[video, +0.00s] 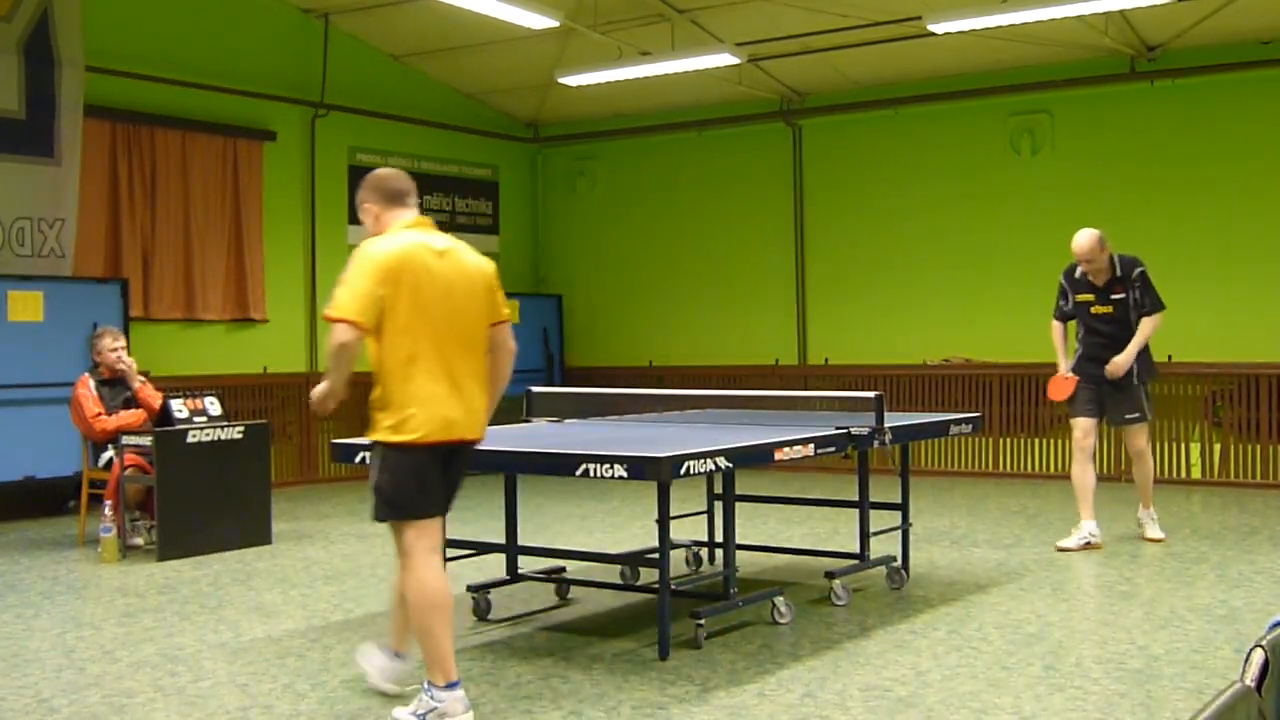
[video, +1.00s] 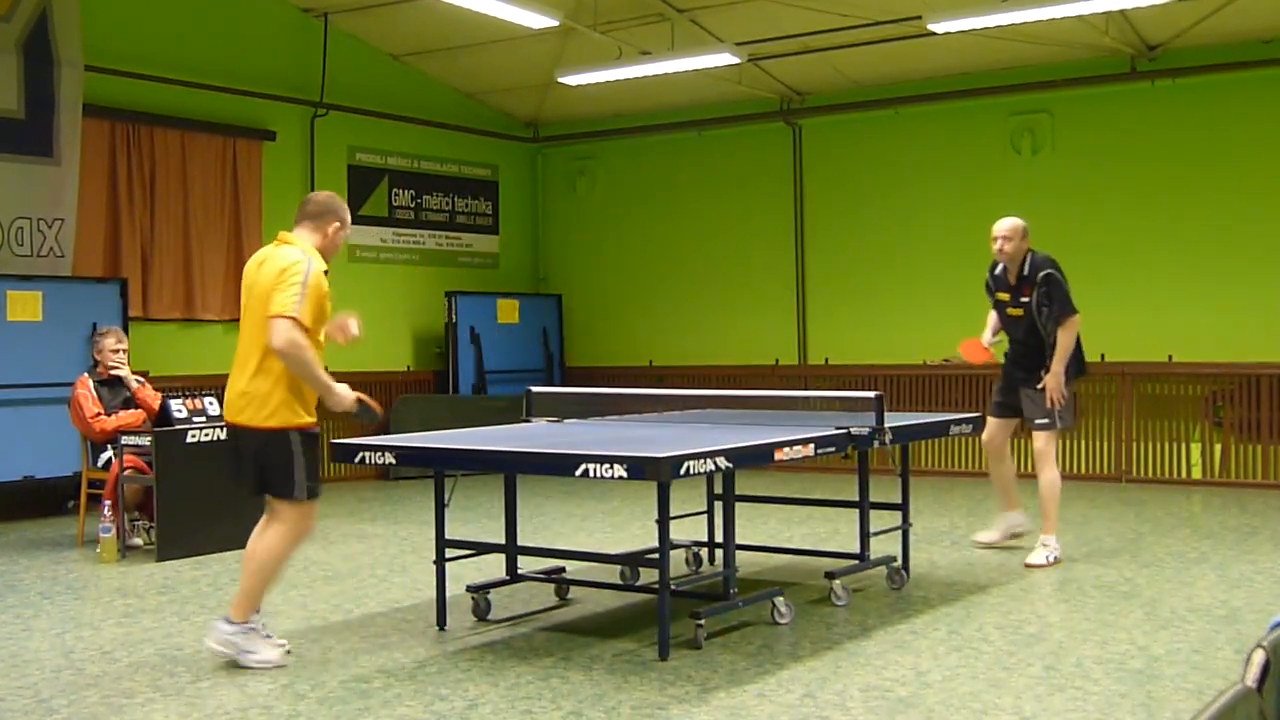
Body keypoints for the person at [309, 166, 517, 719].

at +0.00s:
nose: (361, 225)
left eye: (360, 217)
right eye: (361, 217)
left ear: (371, 210)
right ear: (416, 205)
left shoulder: (377, 253)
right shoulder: (475, 261)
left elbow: (345, 337)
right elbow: (504, 347)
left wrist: (333, 385)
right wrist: (480, 409)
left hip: (409, 424)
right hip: (464, 424)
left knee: (423, 554)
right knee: (417, 543)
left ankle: (445, 690)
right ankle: (395, 658)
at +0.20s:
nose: (338, 233)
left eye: (338, 226)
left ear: (344, 224)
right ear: (393, 223)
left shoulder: (335, 268)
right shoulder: (438, 278)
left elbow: (305, 342)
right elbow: (470, 356)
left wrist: (302, 407)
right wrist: (452, 428)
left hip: (355, 434)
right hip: (411, 434)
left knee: (356, 549)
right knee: (368, 545)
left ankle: (418, 661)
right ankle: (343, 656)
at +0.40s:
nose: (330, 222)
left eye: (326, 215)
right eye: (371, 214)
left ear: (324, 216)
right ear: (374, 218)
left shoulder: (301, 261)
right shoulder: (410, 269)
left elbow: (265, 330)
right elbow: (441, 348)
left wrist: (288, 378)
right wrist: (425, 414)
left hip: (314, 427)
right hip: (379, 429)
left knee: (298, 524)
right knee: (360, 534)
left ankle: (316, 622)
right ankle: (345, 656)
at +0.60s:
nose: (356, 226)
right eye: (358, 220)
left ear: (307, 220)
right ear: (355, 221)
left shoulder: (269, 264)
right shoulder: (379, 267)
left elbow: (235, 334)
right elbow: (413, 342)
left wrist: (283, 354)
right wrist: (404, 395)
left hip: (286, 422)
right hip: (350, 423)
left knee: (283, 518)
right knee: (348, 528)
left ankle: (256, 629)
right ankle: (343, 654)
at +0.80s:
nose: (344, 253)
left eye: (344, 248)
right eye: (345, 248)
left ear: (296, 237)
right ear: (337, 245)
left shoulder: (256, 270)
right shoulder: (334, 278)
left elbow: (256, 334)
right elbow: (350, 348)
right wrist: (376, 395)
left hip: (255, 427)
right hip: (305, 432)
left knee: (277, 524)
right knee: (328, 532)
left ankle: (243, 631)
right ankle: (316, 646)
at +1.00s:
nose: (342, 244)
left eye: (344, 237)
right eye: (344, 236)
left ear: (302, 221)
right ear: (333, 229)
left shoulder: (262, 259)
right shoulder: (303, 264)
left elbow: (269, 330)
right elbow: (285, 338)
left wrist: (325, 330)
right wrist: (330, 389)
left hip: (253, 410)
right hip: (280, 414)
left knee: (276, 515)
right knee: (296, 517)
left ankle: (245, 622)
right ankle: (236, 624)